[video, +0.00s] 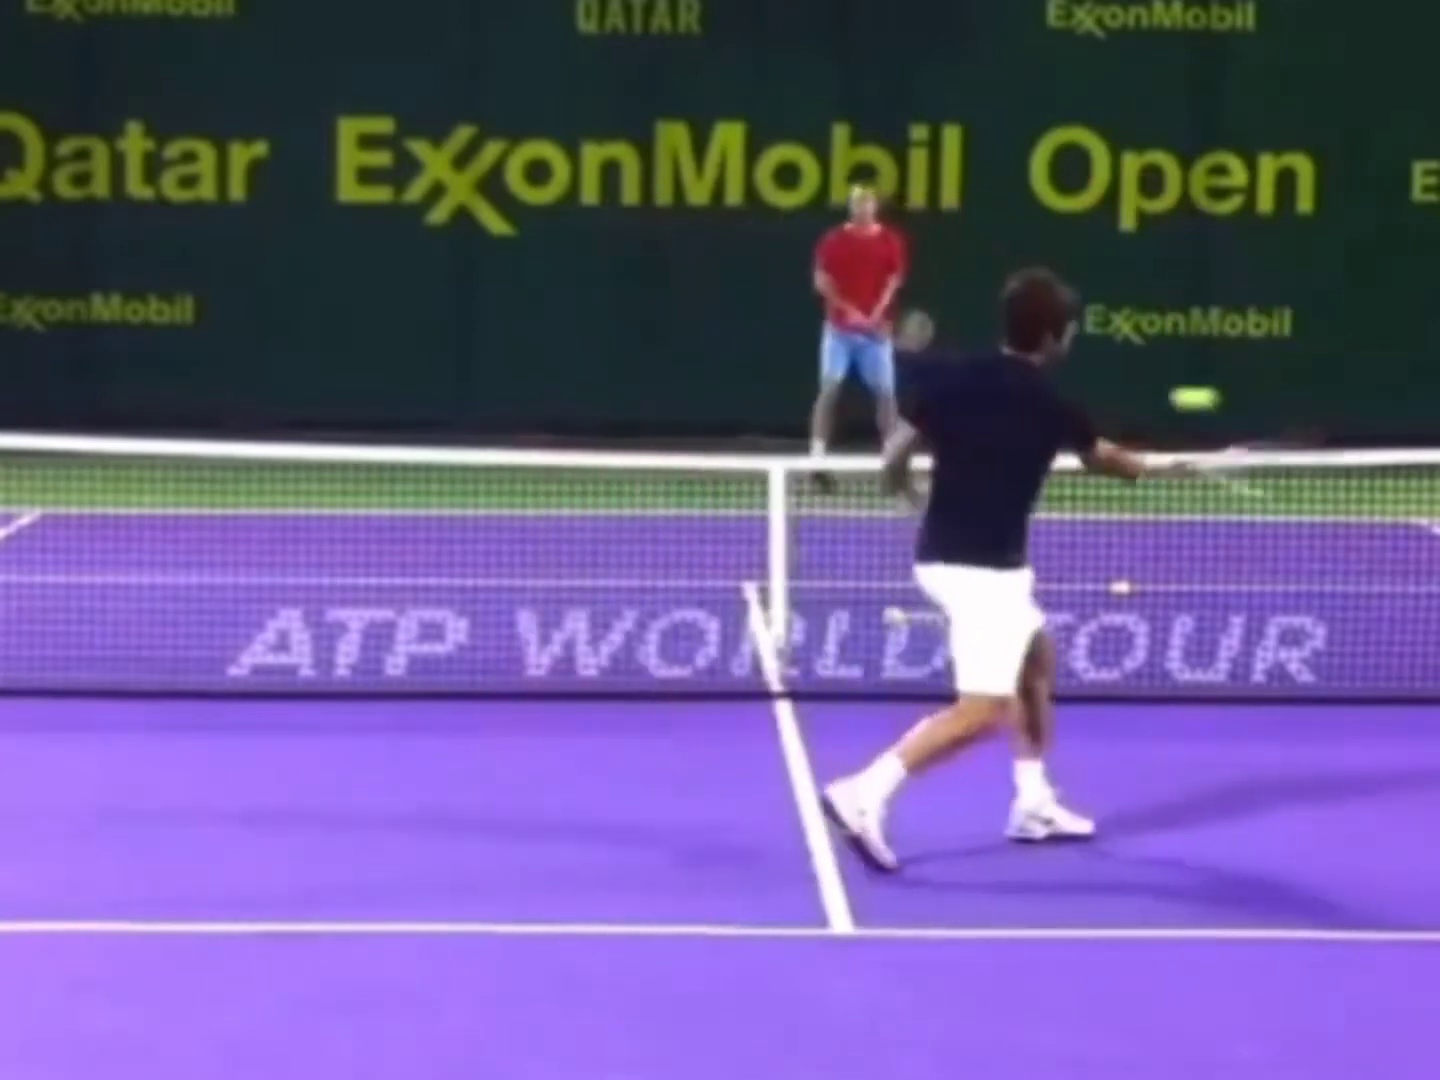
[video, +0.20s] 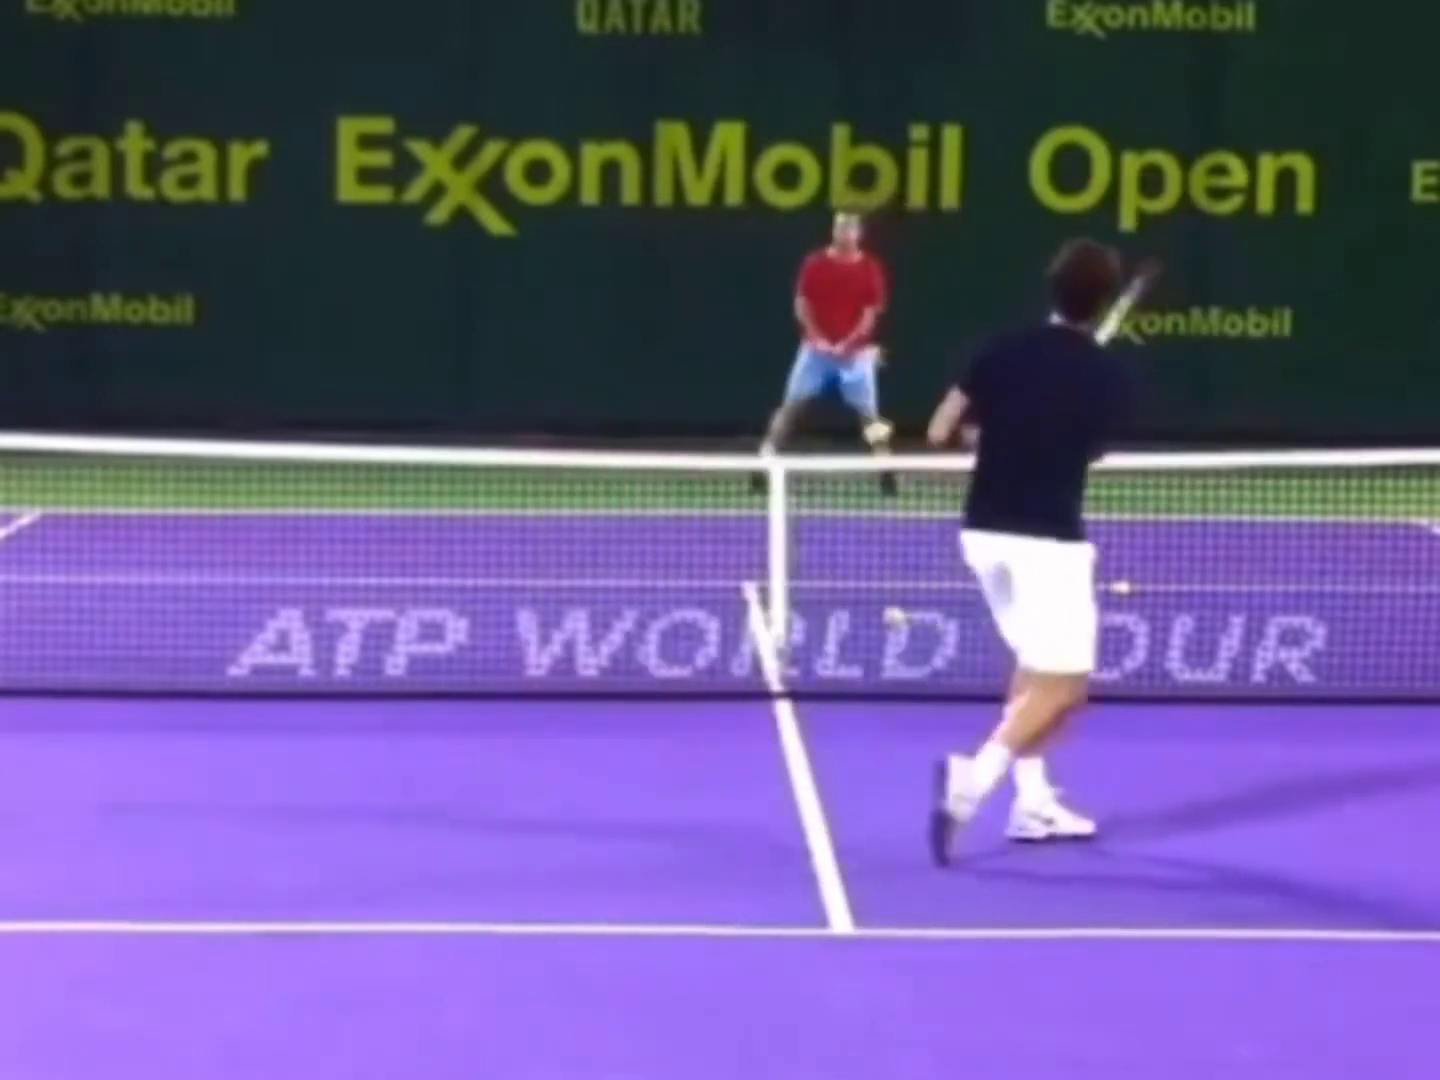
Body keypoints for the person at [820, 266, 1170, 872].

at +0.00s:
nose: (1070, 341)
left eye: (1068, 329)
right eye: (1068, 332)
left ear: (1007, 326)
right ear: (1055, 337)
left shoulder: (961, 378)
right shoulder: (1045, 402)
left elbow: (905, 440)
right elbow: (1107, 459)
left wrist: (892, 473)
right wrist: (1177, 463)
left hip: (938, 560)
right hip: (988, 569)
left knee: (1034, 655)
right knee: (985, 706)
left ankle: (1033, 797)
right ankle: (866, 791)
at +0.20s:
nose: (1108, 301)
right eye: (1110, 292)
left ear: (1052, 293)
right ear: (1108, 302)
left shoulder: (1005, 349)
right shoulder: (1106, 371)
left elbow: (941, 431)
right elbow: (1096, 451)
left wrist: (997, 435)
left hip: (985, 529)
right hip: (1051, 539)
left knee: (1029, 665)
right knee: (1067, 679)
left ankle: (1034, 796)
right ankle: (975, 775)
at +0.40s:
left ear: (1066, 272)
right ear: (1117, 279)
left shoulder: (1028, 334)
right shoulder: (1136, 351)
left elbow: (977, 420)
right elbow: (1149, 453)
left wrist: (1018, 426)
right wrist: (1100, 442)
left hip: (1027, 515)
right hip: (1097, 520)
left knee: (1040, 648)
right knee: (1140, 652)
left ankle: (1032, 797)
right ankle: (1113, 778)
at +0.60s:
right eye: (1143, 278)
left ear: (1096, 281)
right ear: (1152, 287)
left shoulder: (1060, 344)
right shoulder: (1173, 358)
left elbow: (1013, 425)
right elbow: (1210, 459)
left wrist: (1046, 457)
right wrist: (1174, 502)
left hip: (1057, 525)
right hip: (1134, 530)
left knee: (1043, 655)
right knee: (1177, 669)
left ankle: (1032, 798)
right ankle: (1199, 806)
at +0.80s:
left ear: (1107, 275)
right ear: (1163, 279)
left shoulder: (1071, 337)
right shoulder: (1188, 350)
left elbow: (1035, 420)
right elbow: (1229, 448)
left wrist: (1075, 446)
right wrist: (1191, 491)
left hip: (1070, 519)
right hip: (1151, 523)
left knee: (1028, 655)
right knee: (1182, 667)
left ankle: (982, 802)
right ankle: (1199, 816)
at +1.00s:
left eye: (1082, 274)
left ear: (1077, 279)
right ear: (1134, 281)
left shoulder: (1049, 342)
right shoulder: (1166, 350)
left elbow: (1018, 433)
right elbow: (1202, 452)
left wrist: (1057, 455)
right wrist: (1169, 488)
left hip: (1057, 527)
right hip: (1140, 530)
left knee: (1004, 662)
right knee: (1176, 669)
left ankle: (970, 808)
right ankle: (1199, 813)